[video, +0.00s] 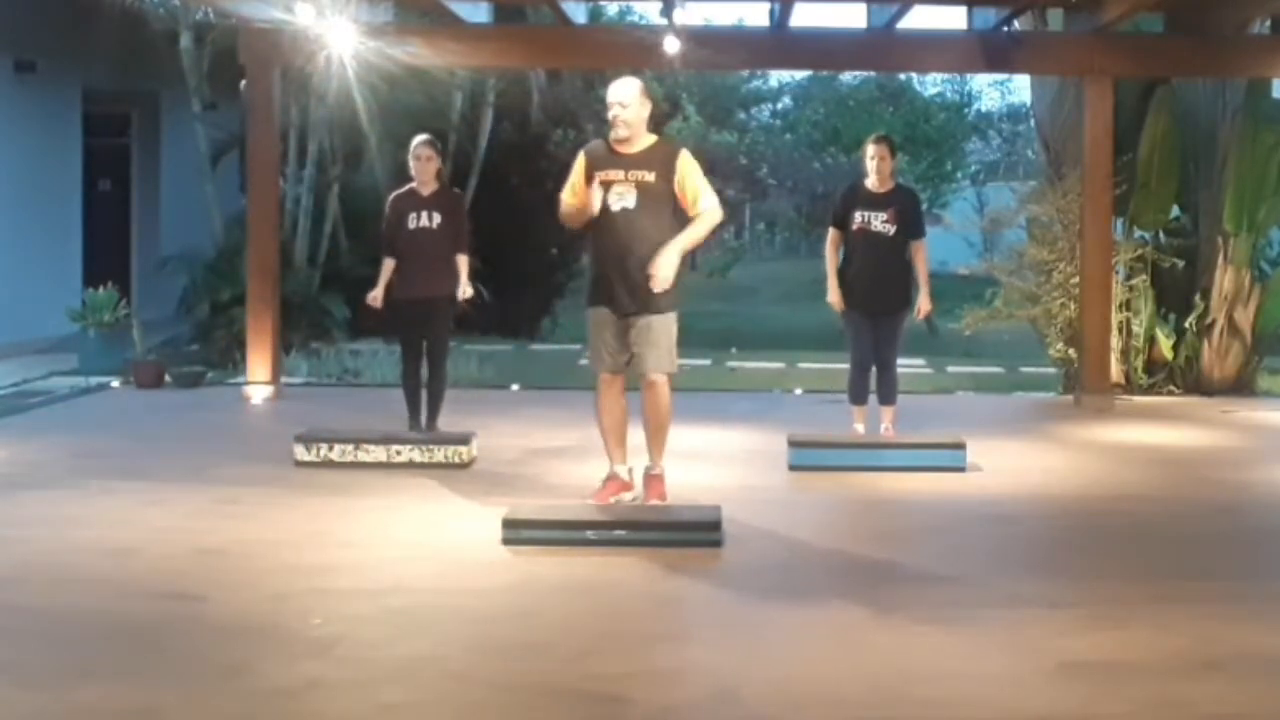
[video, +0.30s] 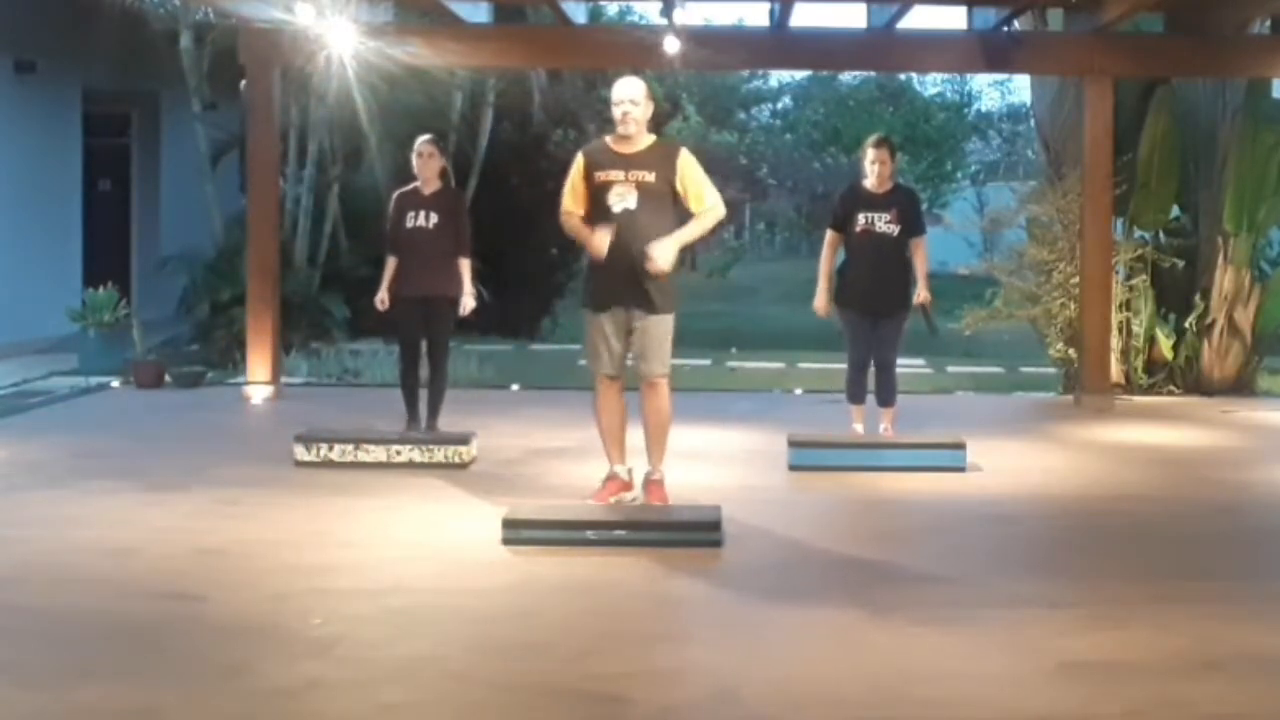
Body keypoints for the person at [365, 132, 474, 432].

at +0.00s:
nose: (422, 164)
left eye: (428, 159)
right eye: (417, 158)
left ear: (439, 163)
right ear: (409, 163)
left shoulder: (453, 200)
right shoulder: (398, 200)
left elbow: (461, 245)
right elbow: (390, 250)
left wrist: (464, 280)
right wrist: (380, 286)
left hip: (441, 294)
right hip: (407, 294)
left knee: (437, 361)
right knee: (411, 360)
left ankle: (432, 421)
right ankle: (414, 419)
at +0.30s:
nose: (424, 161)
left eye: (430, 155)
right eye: (419, 155)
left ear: (442, 161)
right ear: (412, 161)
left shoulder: (454, 199)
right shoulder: (401, 198)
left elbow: (463, 248)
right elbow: (394, 248)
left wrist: (467, 289)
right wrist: (384, 286)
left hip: (442, 292)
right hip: (407, 292)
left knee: (438, 359)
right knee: (408, 358)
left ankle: (432, 420)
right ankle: (412, 418)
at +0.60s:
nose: (420, 161)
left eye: (427, 156)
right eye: (416, 155)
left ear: (439, 162)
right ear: (410, 160)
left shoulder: (451, 201)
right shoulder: (397, 199)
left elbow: (458, 249)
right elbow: (389, 249)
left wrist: (459, 287)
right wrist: (380, 288)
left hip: (436, 293)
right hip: (403, 292)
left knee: (430, 355)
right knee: (409, 359)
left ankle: (434, 417)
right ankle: (414, 419)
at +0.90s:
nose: (418, 162)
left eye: (425, 157)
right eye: (414, 156)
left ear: (438, 164)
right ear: (408, 162)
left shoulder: (449, 201)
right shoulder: (399, 199)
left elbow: (455, 250)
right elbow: (393, 247)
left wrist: (455, 292)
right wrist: (382, 284)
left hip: (436, 292)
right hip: (402, 292)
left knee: (440, 358)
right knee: (400, 356)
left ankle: (436, 417)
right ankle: (412, 413)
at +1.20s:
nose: (413, 161)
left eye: (420, 156)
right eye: (410, 155)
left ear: (434, 162)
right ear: (404, 161)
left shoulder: (447, 201)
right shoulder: (394, 199)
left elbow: (454, 249)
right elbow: (389, 250)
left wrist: (453, 288)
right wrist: (381, 288)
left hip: (433, 293)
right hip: (400, 292)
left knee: (432, 359)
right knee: (403, 360)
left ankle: (433, 421)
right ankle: (408, 420)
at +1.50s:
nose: (408, 160)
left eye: (414, 155)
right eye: (404, 154)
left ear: (428, 161)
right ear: (398, 160)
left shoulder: (442, 199)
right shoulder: (387, 199)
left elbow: (452, 249)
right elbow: (380, 248)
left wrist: (457, 290)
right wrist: (370, 285)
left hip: (430, 293)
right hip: (395, 293)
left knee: (422, 354)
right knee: (401, 358)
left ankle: (428, 418)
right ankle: (407, 421)